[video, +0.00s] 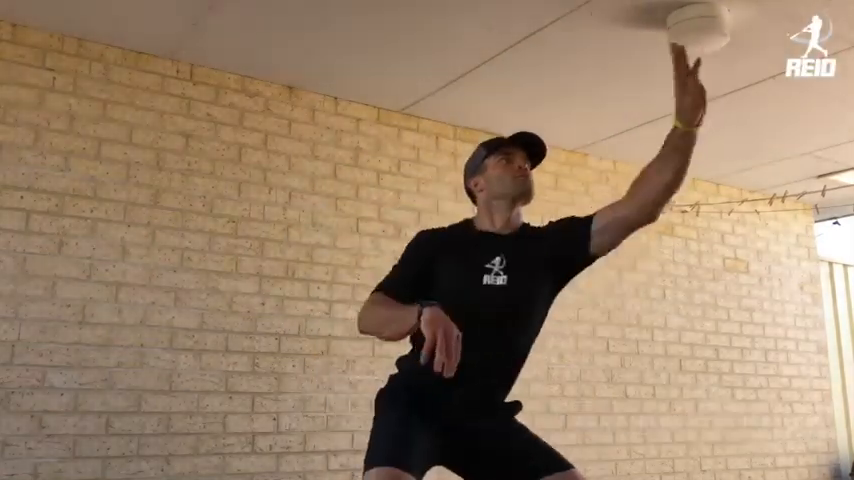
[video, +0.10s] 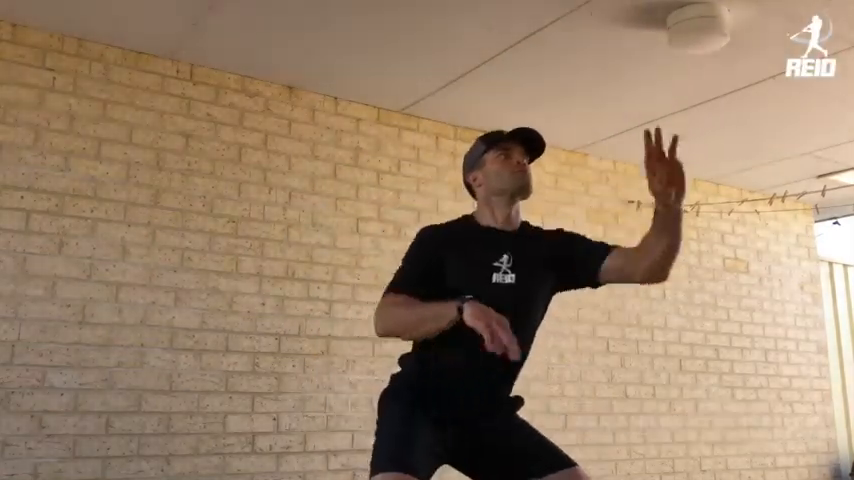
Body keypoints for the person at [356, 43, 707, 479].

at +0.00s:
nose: (523, 167)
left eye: (527, 163)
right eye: (506, 159)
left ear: (532, 182)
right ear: (476, 183)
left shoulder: (551, 248)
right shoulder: (433, 246)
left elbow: (637, 208)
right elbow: (371, 316)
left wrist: (687, 124)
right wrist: (422, 314)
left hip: (484, 418)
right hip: (415, 403)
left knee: (568, 476)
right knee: (387, 474)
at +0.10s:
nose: (520, 160)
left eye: (524, 157)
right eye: (504, 154)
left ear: (531, 179)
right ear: (475, 179)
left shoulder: (550, 249)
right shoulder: (437, 241)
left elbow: (648, 267)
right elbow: (386, 319)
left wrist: (668, 206)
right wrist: (460, 309)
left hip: (489, 415)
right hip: (419, 403)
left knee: (570, 475)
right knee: (394, 475)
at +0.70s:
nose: (499, 155)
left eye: (502, 150)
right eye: (482, 149)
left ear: (510, 167)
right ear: (455, 174)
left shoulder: (513, 255)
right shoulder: (431, 223)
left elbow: (589, 315)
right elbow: (423, 282)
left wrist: (582, 257)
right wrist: (517, 249)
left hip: (477, 410)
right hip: (411, 405)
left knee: (567, 476)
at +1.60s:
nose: (457, 160)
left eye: (461, 154)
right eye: (439, 154)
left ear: (470, 170)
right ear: (413, 183)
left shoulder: (484, 257)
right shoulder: (403, 241)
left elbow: (536, 330)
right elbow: (446, 283)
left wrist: (543, 298)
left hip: (463, 425)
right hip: (396, 425)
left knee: (557, 476)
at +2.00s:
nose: (406, 136)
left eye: (411, 131)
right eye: (387, 131)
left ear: (422, 152)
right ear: (362, 162)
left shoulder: (460, 209)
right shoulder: (343, 247)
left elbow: (530, 158)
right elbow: (307, 354)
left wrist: (581, 75)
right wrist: (340, 317)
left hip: (454, 404)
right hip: (379, 405)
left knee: (543, 475)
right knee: (360, 475)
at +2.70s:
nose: (498, 148)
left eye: (501, 143)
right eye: (481, 141)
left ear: (508, 160)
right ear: (453, 165)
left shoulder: (513, 245)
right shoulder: (422, 219)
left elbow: (590, 309)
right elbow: (420, 289)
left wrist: (591, 244)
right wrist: (510, 257)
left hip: (475, 402)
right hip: (411, 398)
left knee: (565, 476)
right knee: (398, 473)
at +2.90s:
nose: (484, 141)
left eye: (488, 137)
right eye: (468, 136)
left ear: (496, 158)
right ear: (439, 161)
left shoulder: (512, 229)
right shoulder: (399, 224)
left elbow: (590, 193)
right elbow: (343, 305)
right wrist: (393, 290)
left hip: (472, 402)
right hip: (398, 395)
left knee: (554, 477)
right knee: (369, 475)